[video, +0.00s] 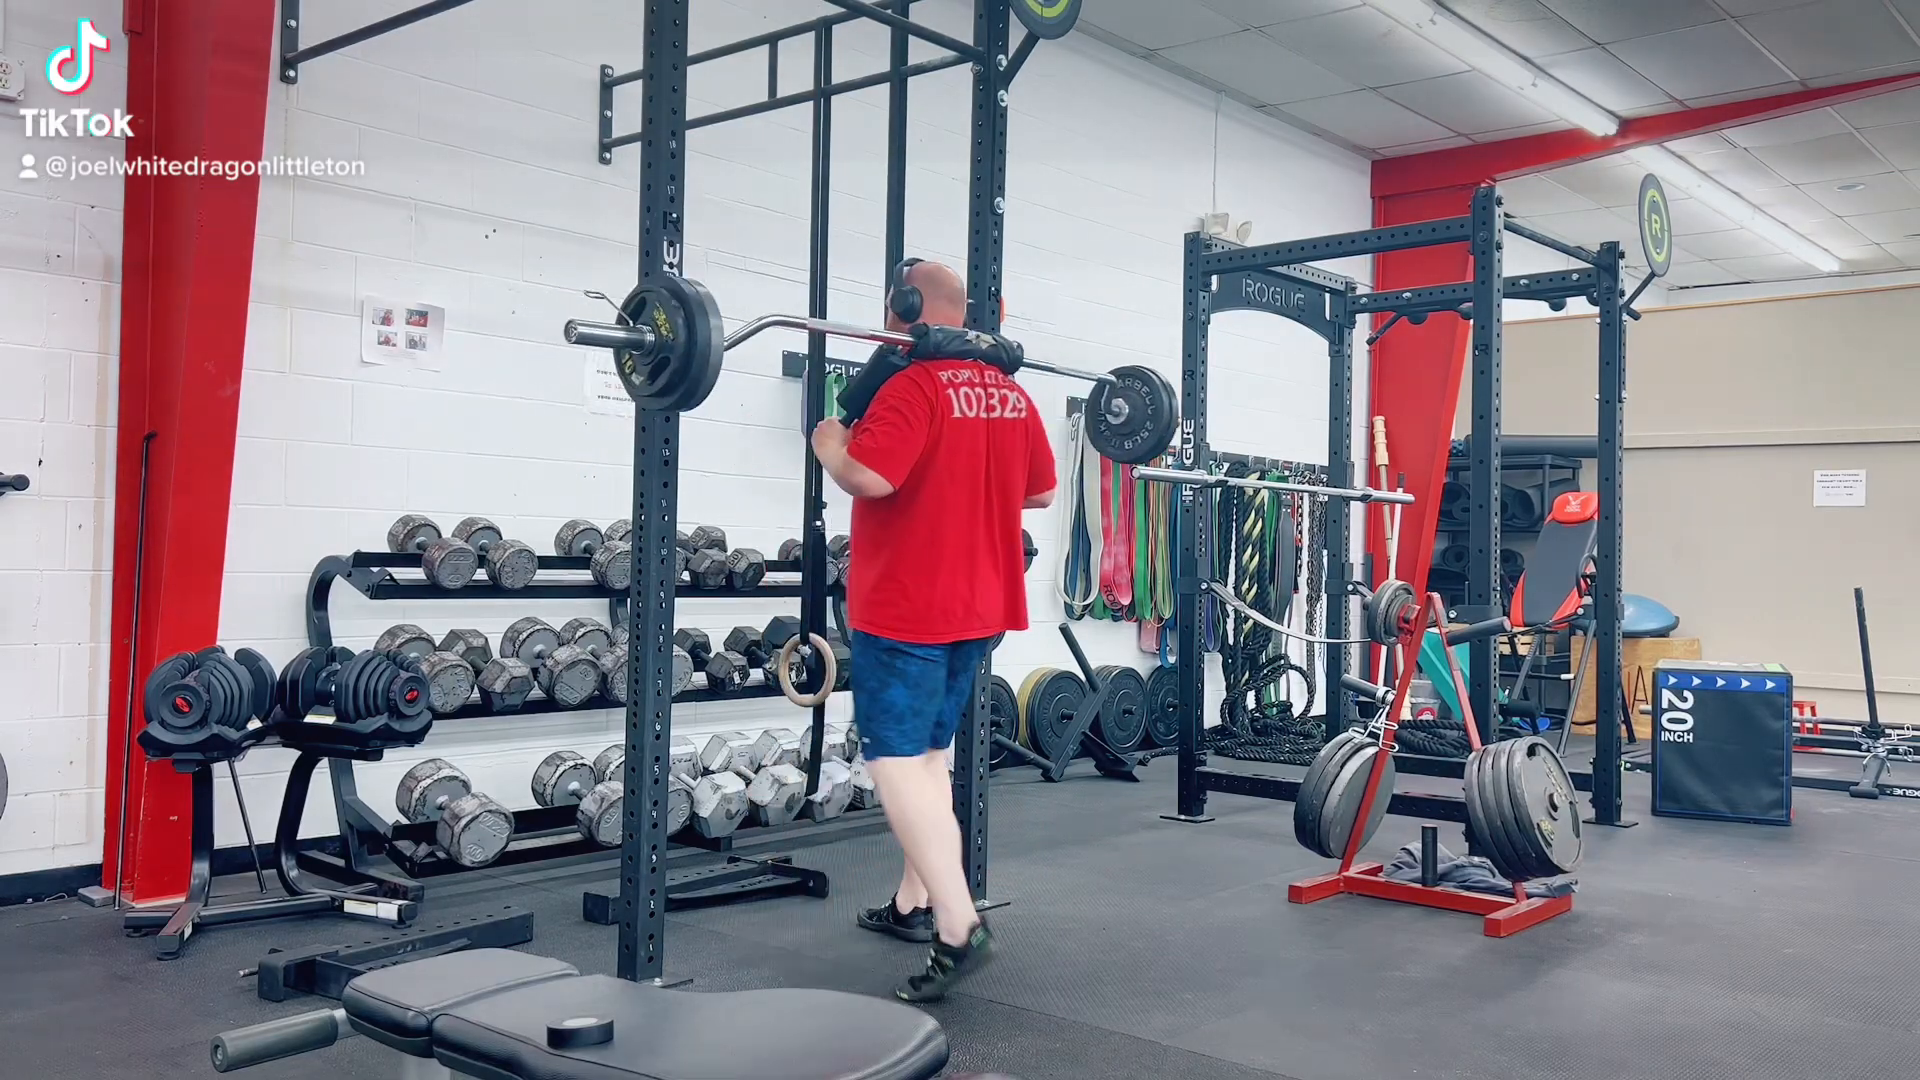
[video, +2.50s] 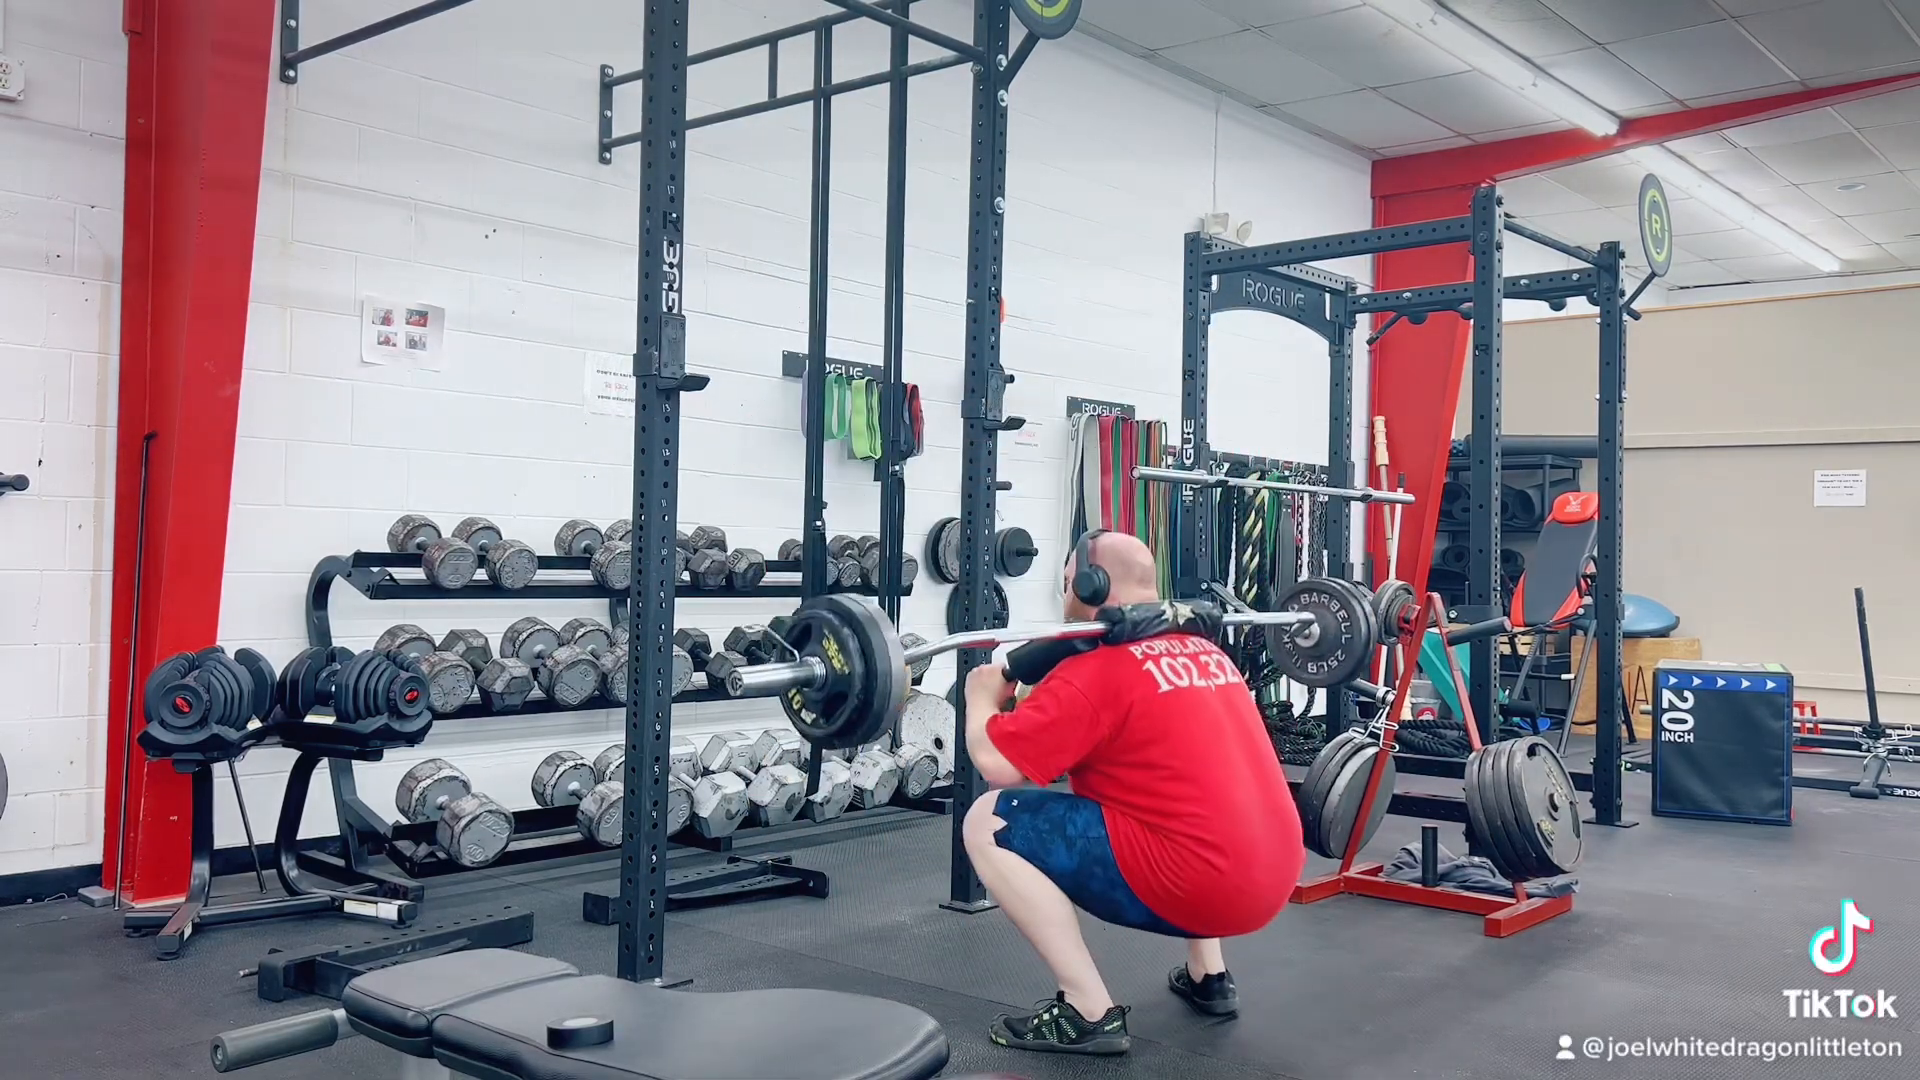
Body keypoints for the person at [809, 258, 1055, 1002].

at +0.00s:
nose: (887, 322)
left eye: (889, 312)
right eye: (891, 309)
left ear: (905, 318)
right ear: (965, 317)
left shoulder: (914, 383)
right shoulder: (1009, 390)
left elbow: (872, 477)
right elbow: (1041, 487)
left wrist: (830, 444)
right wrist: (967, 480)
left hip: (907, 605)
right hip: (977, 603)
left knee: (894, 759)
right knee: (931, 756)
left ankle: (962, 924)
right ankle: (912, 901)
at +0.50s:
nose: (1053, 298)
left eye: (1052, 287)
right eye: (1056, 285)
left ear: (1067, 288)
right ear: (1131, 280)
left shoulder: (1092, 349)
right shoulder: (1191, 357)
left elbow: (1067, 454)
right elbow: (1230, 472)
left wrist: (1002, 432)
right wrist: (1142, 472)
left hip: (1091, 598)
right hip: (1177, 598)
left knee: (1036, 766)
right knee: (1146, 765)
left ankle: (1036, 974)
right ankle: (1167, 964)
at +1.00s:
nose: (1068, 291)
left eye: (1070, 278)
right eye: (1069, 277)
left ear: (1088, 278)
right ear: (1153, 271)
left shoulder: (1114, 341)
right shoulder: (1220, 353)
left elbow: (1083, 441)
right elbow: (1263, 466)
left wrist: (1021, 429)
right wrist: (1183, 493)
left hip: (1120, 604)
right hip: (1207, 603)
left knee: (1116, 795)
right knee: (1194, 781)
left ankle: (1109, 1008)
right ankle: (1216, 974)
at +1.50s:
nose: (1086, 286)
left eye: (1088, 274)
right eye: (1089, 274)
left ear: (1104, 277)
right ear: (1175, 275)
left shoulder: (1119, 343)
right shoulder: (1228, 360)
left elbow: (1084, 444)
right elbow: (1265, 471)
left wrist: (1025, 427)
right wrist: (1180, 478)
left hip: (1117, 608)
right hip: (1207, 609)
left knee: (1111, 796)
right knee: (1204, 780)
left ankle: (1095, 1009)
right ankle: (1217, 974)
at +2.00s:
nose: (1091, 301)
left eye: (1096, 289)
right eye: (1097, 287)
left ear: (1114, 298)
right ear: (1181, 301)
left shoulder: (1118, 372)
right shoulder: (1233, 381)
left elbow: (1030, 467)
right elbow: (1238, 498)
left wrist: (1005, 422)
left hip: (1131, 633)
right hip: (1230, 632)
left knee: (1066, 791)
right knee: (1184, 787)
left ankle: (1093, 1008)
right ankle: (1216, 972)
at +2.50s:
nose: (1064, 594)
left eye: (1068, 581)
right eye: (1067, 580)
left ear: (1087, 589)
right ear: (1150, 589)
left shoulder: (1098, 669)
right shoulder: (1204, 649)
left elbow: (998, 763)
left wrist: (981, 699)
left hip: (1192, 889)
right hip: (1271, 882)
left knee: (987, 821)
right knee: (1161, 795)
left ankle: (1088, 1009)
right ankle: (1208, 971)